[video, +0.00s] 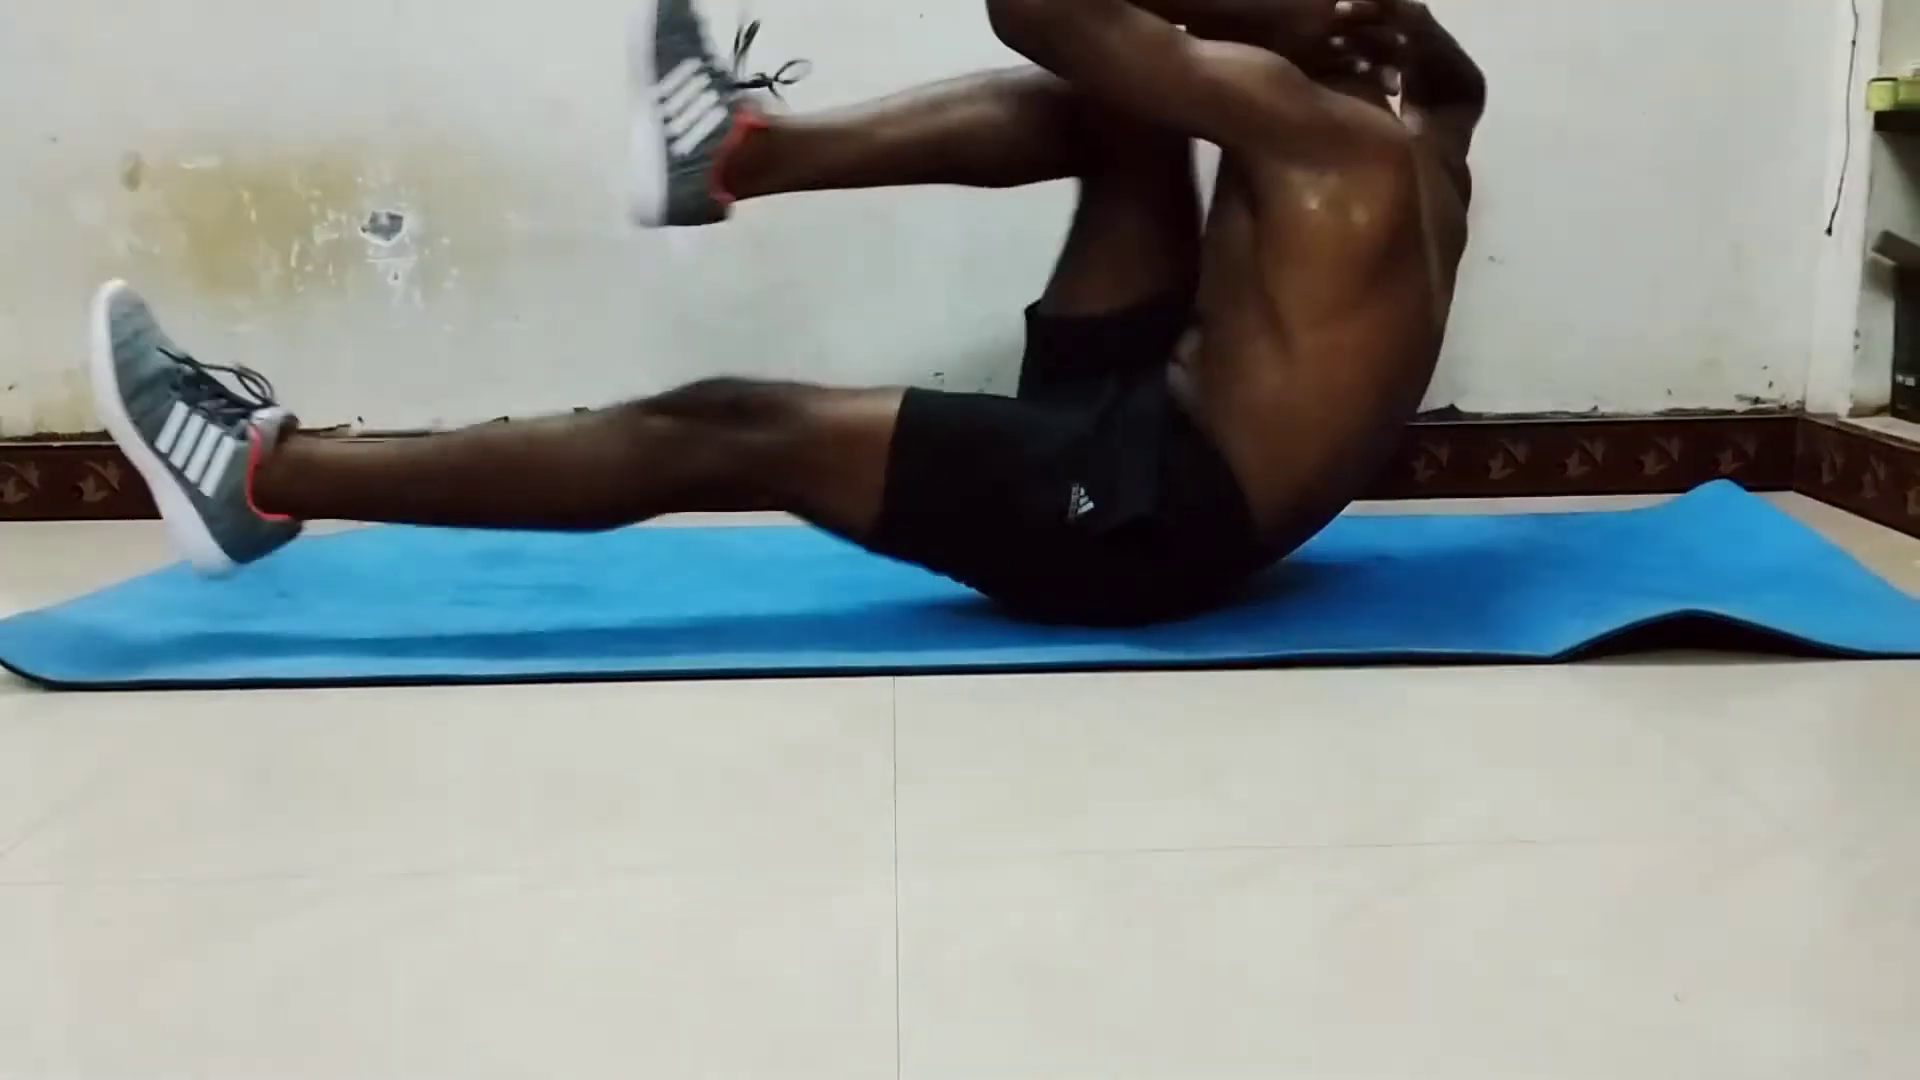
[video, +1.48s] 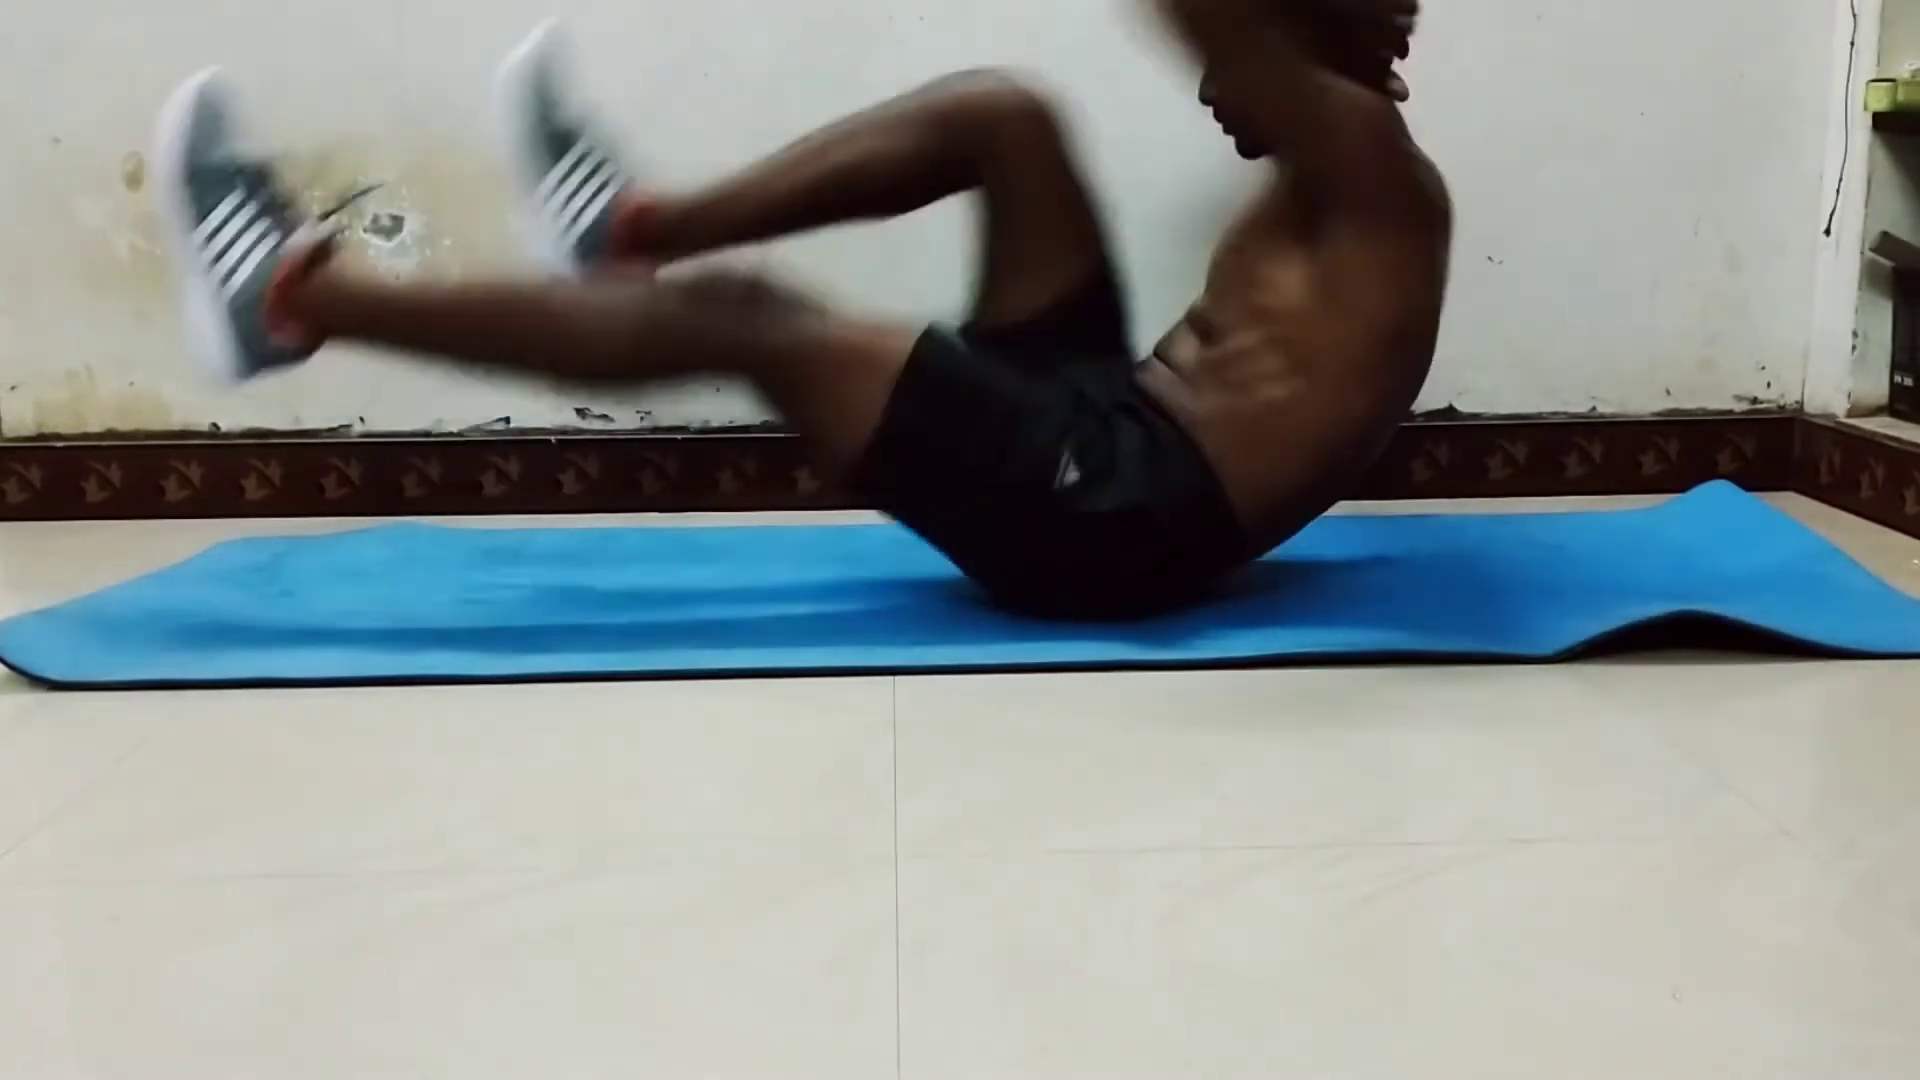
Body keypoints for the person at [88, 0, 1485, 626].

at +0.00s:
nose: (1233, 31)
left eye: (1248, 20)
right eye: (1247, 19)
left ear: (1321, 34)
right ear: (1372, 43)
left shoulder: (1329, 115)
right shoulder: (1407, 137)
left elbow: (1081, 53)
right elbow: (1149, 82)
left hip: (1131, 507)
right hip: (1148, 432)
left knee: (720, 429)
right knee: (1118, 111)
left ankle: (260, 474)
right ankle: (739, 155)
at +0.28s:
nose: (1263, 77)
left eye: (1292, 42)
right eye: (1291, 39)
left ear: (1356, 39)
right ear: (1344, 45)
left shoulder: (1382, 152)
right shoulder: (1342, 168)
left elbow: (1169, 6)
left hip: (1137, 501)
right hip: (1124, 433)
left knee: (777, 289)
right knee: (941, 150)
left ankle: (341, 406)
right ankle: (539, 220)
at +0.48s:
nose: (1224, 82)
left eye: (1246, 50)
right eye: (1217, 56)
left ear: (1337, 37)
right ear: (1261, 67)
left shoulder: (1407, 172)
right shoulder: (1305, 193)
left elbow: (1396, 43)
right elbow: (1173, 92)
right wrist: (1281, 86)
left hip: (1143, 507)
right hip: (1094, 500)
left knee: (887, 166)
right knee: (802, 288)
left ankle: (489, 283)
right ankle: (434, 304)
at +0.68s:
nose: (1267, 83)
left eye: (1296, 56)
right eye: (1255, 60)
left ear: (1376, 54)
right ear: (1252, 76)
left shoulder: (1436, 153)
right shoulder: (1240, 162)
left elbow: (1618, 19)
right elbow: (1058, 64)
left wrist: (1458, 22)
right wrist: (1230, 29)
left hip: (1132, 503)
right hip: (1052, 459)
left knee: (1033, 112)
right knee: (737, 377)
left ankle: (642, 176)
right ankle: (352, 369)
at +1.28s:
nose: (1254, 93)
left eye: (1289, 64)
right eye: (1248, 66)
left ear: (1385, 62)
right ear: (1251, 59)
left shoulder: (1451, 187)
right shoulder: (1245, 155)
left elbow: (1599, 18)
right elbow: (1067, 35)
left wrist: (1441, 22)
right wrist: (1241, 21)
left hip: (1127, 512)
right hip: (1068, 471)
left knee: (860, 169)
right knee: (829, 205)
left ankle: (455, 208)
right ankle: (486, 386)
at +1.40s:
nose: (1217, 97)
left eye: (1243, 66)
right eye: (1206, 74)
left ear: (1344, 45)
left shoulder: (1404, 174)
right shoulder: (1327, 174)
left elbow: (1386, 99)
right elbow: (1259, 151)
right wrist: (1180, 77)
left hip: (1119, 513)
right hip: (1101, 447)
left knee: (808, 223)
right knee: (893, 161)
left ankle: (370, 245)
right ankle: (539, 334)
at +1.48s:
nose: (1235, 81)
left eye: (1252, 50)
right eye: (1241, 54)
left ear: (1343, 47)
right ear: (1351, 52)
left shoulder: (1379, 172)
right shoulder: (1333, 186)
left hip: (1118, 503)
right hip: (1091, 427)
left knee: (742, 310)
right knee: (1012, 121)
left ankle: (302, 295)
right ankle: (641, 233)